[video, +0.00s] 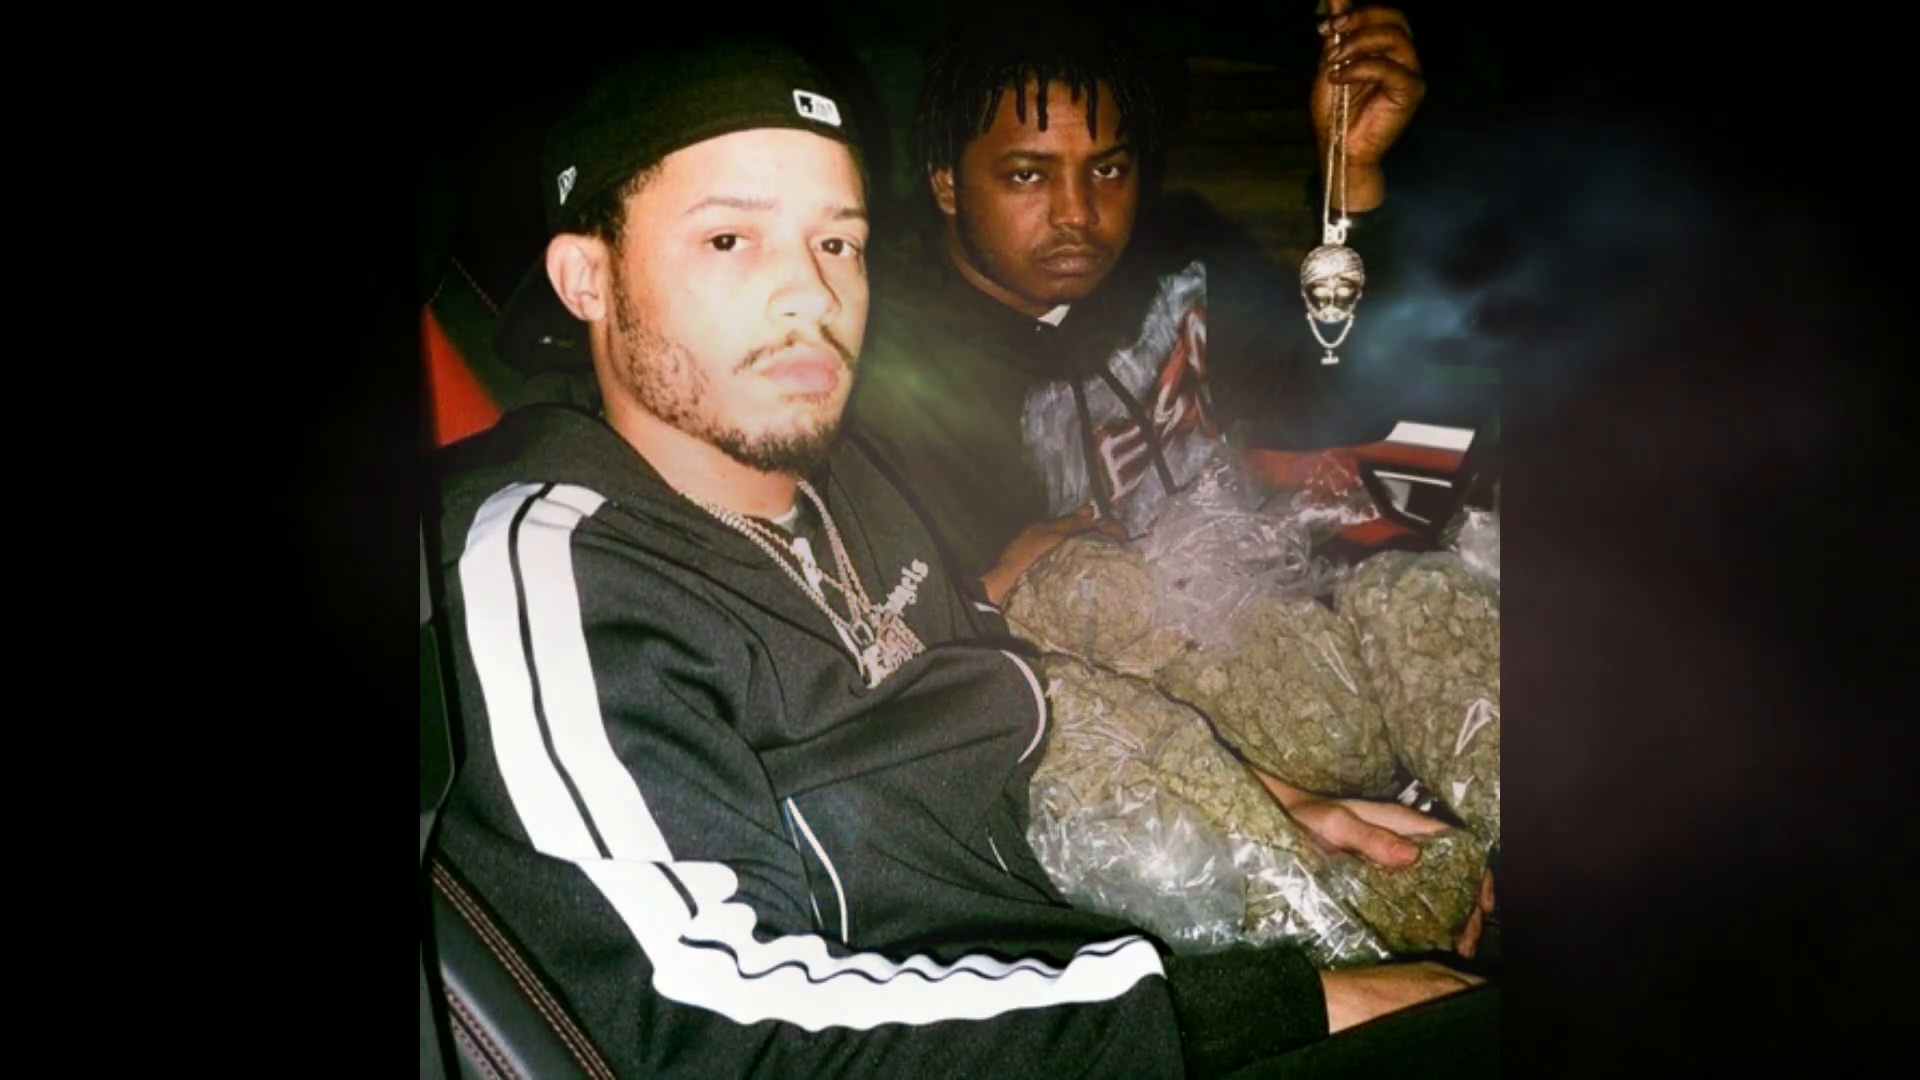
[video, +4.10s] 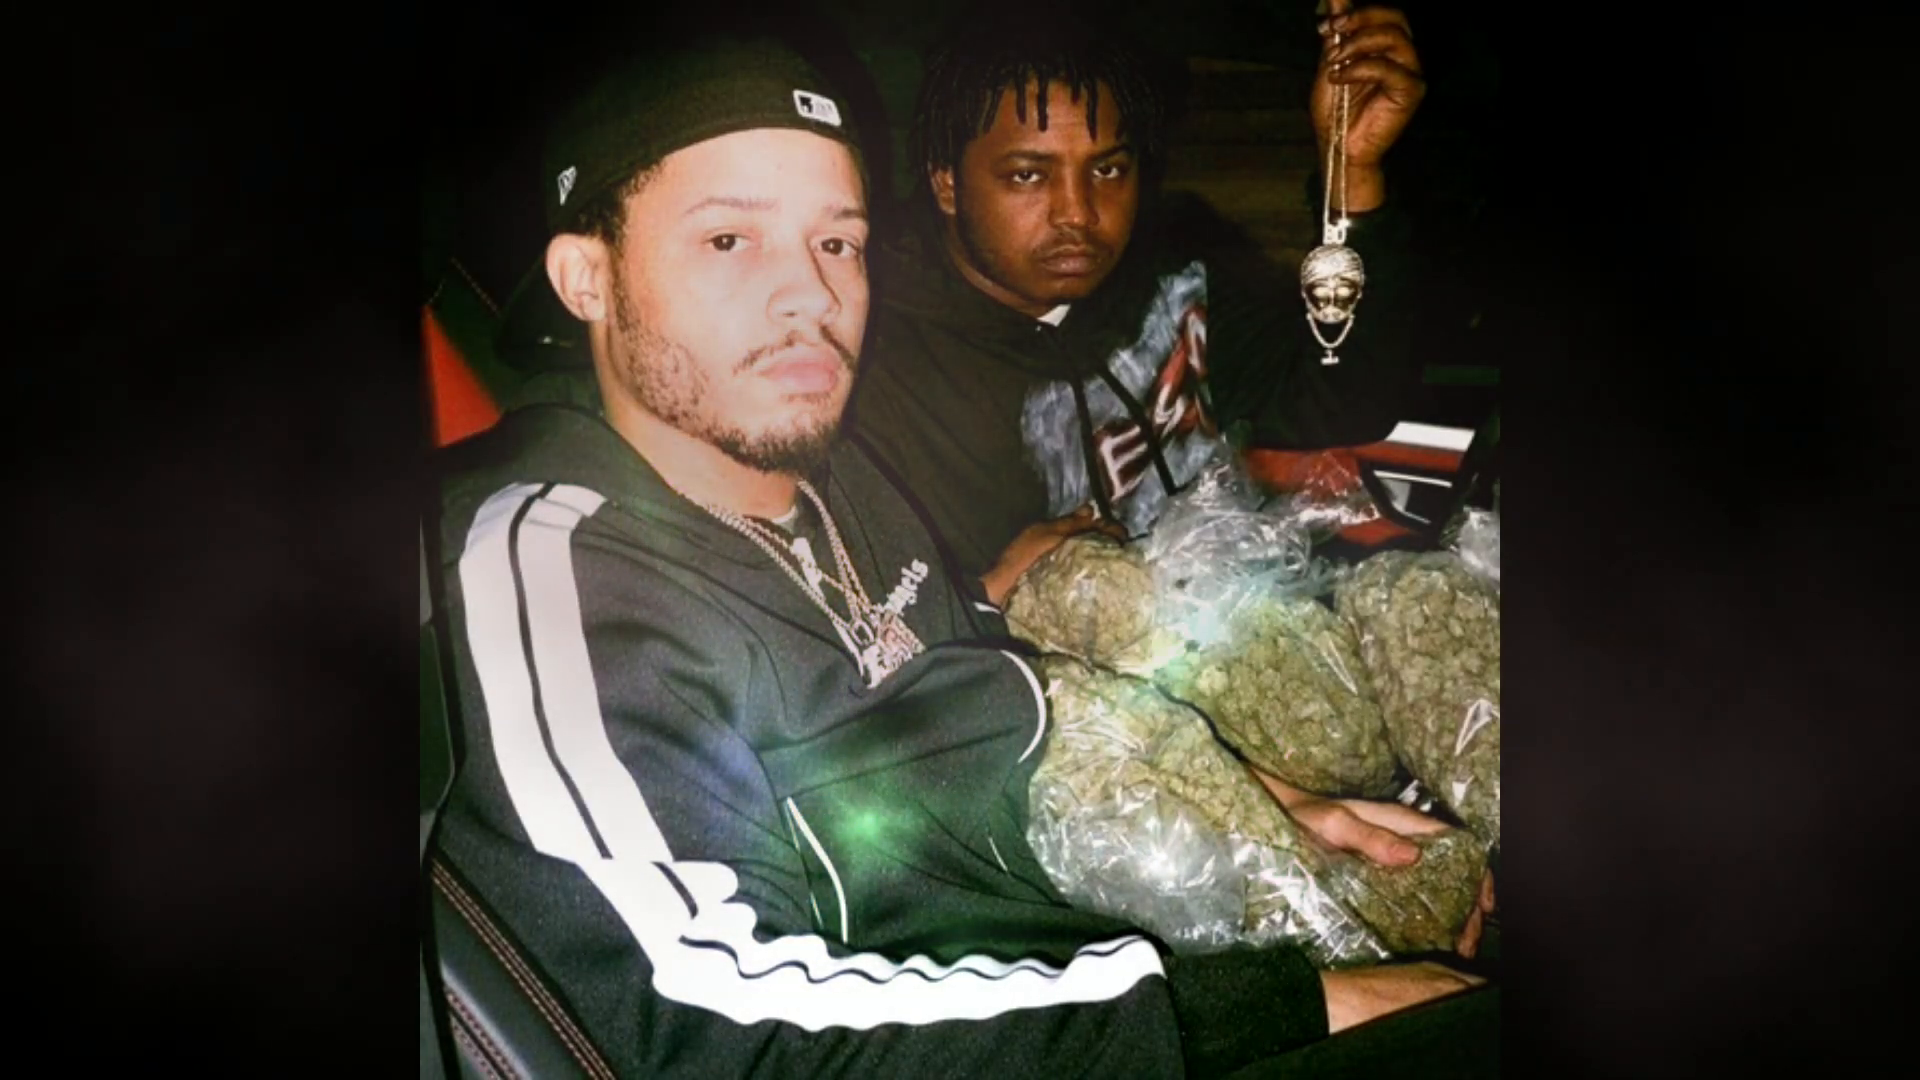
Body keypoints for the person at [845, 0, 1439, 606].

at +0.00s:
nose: (1077, 216)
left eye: (1108, 171)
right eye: (1028, 175)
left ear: (1140, 173)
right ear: (945, 187)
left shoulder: (1184, 257)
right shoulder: (897, 362)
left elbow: (1348, 413)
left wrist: (1352, 176)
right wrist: (991, 581)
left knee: (1425, 600)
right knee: (1074, 579)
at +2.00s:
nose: (1077, 217)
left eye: (1108, 171)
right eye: (1028, 176)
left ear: (1141, 172)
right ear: (946, 187)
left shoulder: (1180, 255)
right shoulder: (892, 373)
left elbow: (1345, 408)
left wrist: (1352, 171)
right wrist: (990, 594)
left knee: (1429, 604)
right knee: (1079, 581)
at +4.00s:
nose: (1077, 216)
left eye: (1108, 171)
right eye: (1028, 175)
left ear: (1142, 172)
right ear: (945, 187)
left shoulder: (1180, 256)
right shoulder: (892, 360)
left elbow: (1351, 409)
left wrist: (1352, 172)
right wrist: (992, 592)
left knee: (1424, 598)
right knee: (1079, 580)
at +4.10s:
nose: (1078, 216)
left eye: (1108, 171)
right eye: (1028, 175)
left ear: (1142, 173)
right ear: (945, 187)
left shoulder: (1180, 260)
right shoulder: (893, 358)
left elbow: (1352, 407)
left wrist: (1353, 171)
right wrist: (992, 590)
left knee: (1424, 596)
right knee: (1077, 579)